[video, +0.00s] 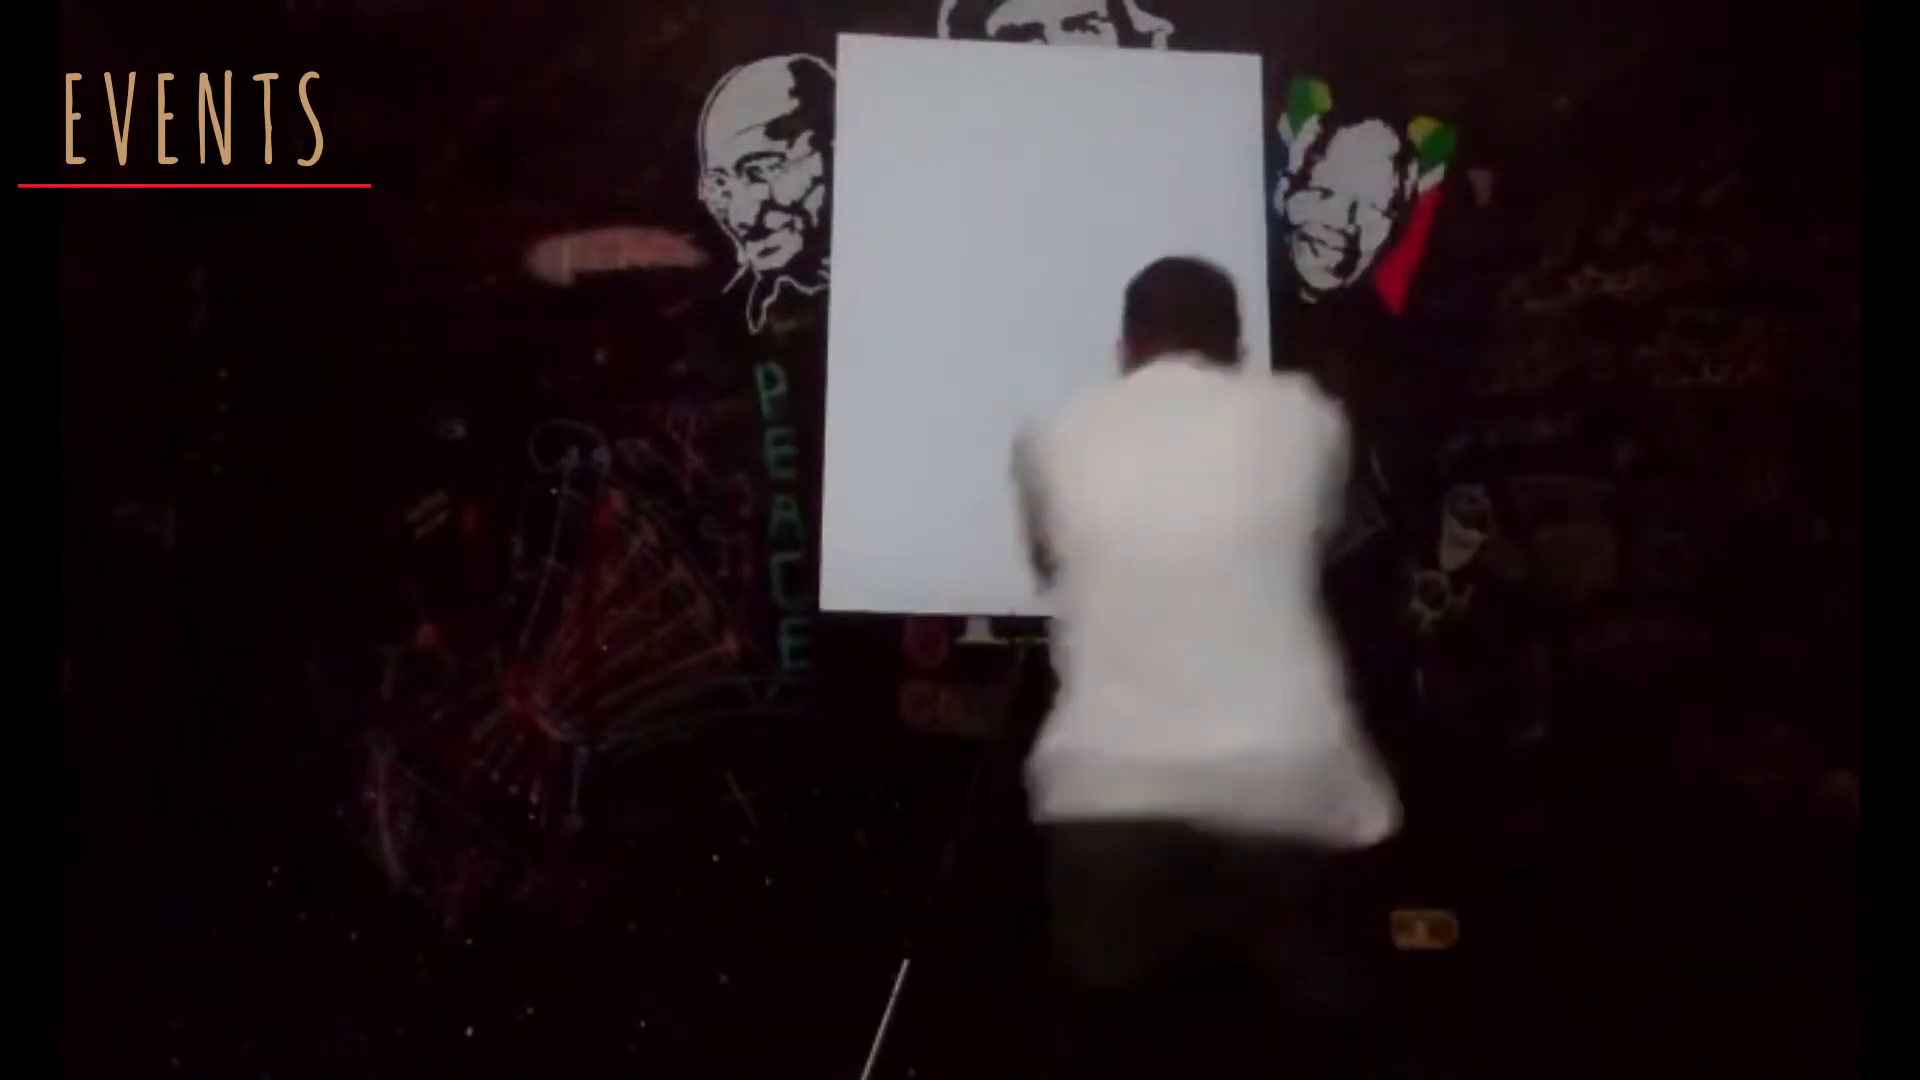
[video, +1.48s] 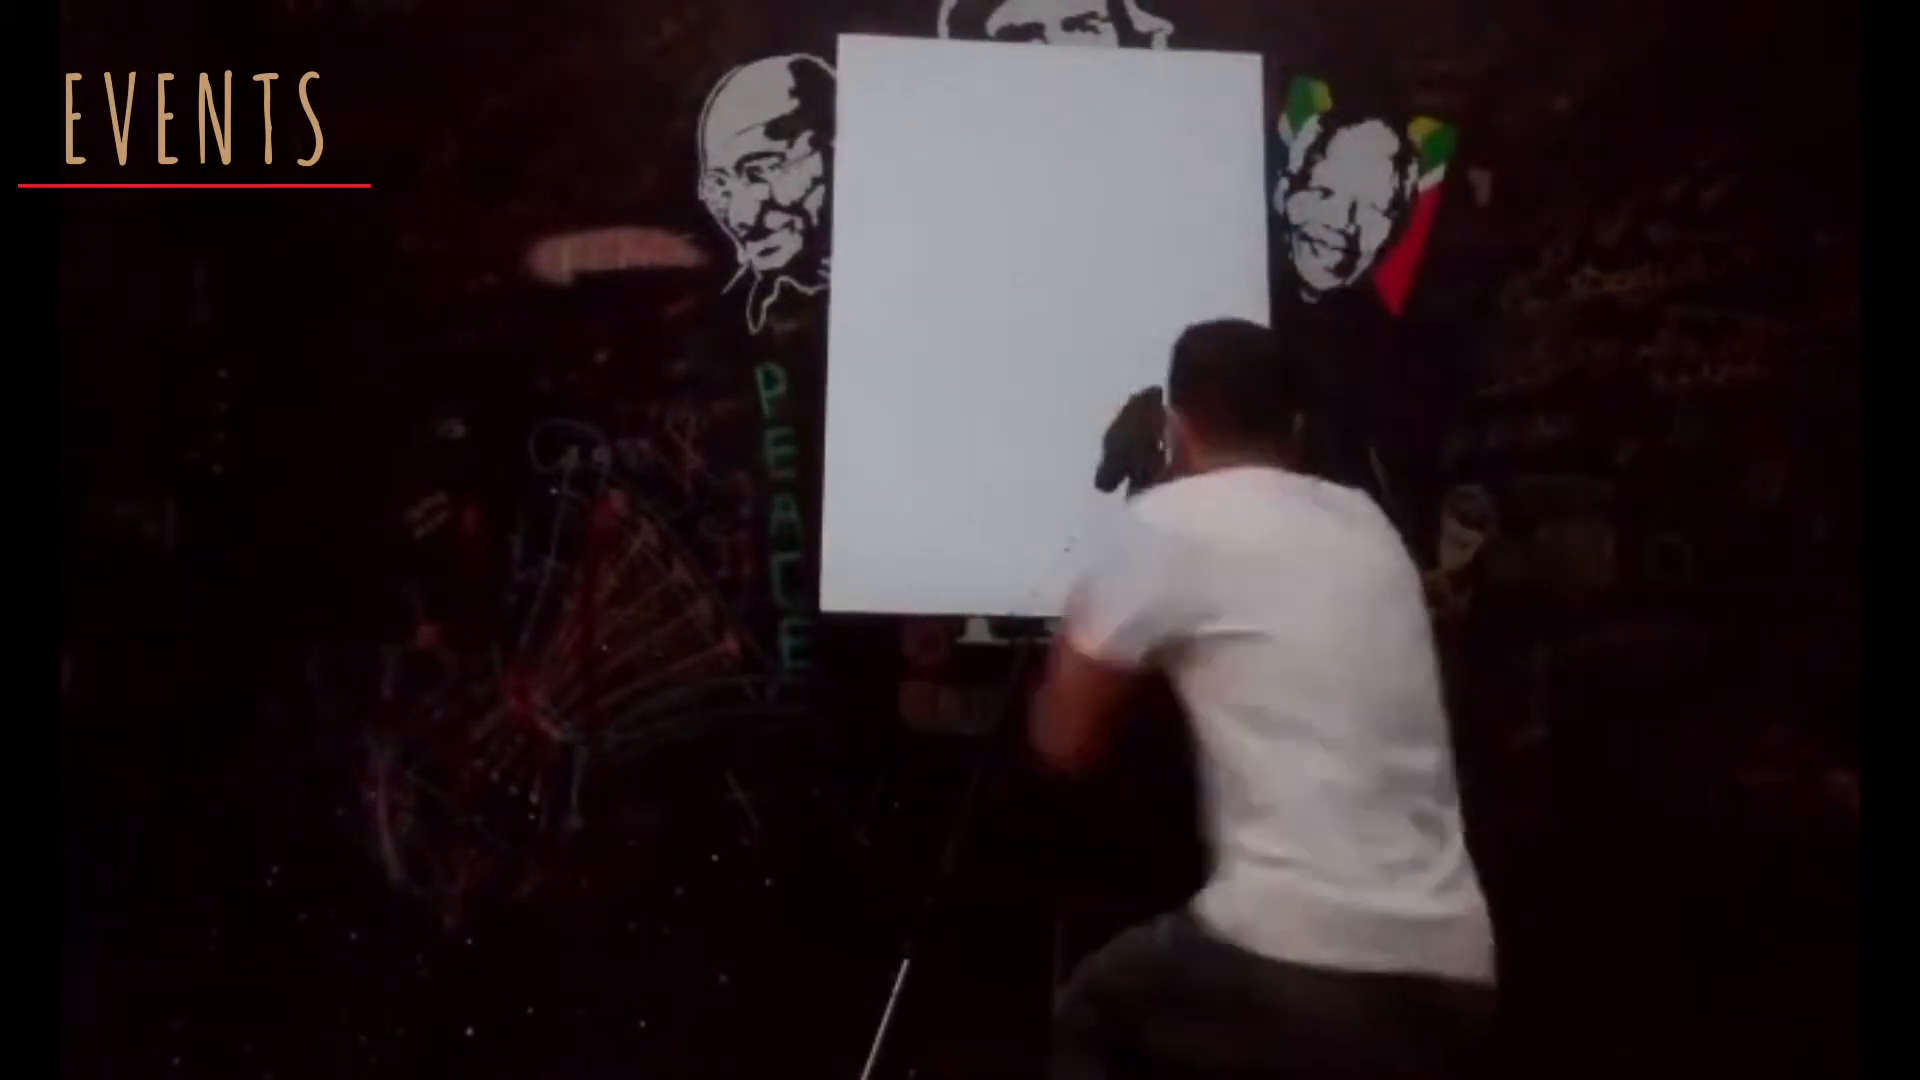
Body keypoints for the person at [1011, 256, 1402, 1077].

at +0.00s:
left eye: (1127, 338)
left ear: (1127, 343)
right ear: (1237, 342)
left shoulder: (1059, 436)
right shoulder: (1310, 420)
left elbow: (1050, 563)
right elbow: (1330, 544)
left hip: (1107, 815)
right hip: (1296, 816)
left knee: (1110, 1055)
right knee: (1312, 1053)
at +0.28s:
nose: (1180, 298)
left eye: (1180, 285)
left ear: (1184, 282)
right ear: (1293, 279)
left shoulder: (1149, 341)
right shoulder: (1395, 358)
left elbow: (1104, 534)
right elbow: (1408, 505)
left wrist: (1172, 482)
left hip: (1271, 704)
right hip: (1467, 700)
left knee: (1214, 1002)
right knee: (1442, 1004)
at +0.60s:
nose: (1184, 299)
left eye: (1185, 286)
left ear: (1194, 276)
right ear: (1301, 277)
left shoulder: (1192, 315)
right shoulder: (1384, 355)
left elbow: (1061, 531)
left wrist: (1009, 692)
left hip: (1342, 716)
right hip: (1506, 717)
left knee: (1286, 1040)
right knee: (1431, 1033)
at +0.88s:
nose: (1110, 353)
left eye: (1114, 333)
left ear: (1127, 320)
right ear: (1227, 290)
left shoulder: (1163, 343)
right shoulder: (1317, 401)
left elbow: (1285, 312)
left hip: (1310, 780)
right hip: (1461, 780)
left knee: (1128, 1016)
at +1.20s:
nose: (1107, 403)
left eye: (1107, 383)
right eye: (1112, 385)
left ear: (1119, 381)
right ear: (1222, 365)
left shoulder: (1183, 417)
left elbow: (1390, 488)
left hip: (1273, 876)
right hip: (1405, 883)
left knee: (1082, 1024)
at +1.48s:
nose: (1172, 435)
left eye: (1171, 421)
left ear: (1179, 426)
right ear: (1294, 421)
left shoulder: (1172, 524)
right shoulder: (1369, 522)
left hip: (1284, 946)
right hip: (1452, 958)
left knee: (1095, 1013)